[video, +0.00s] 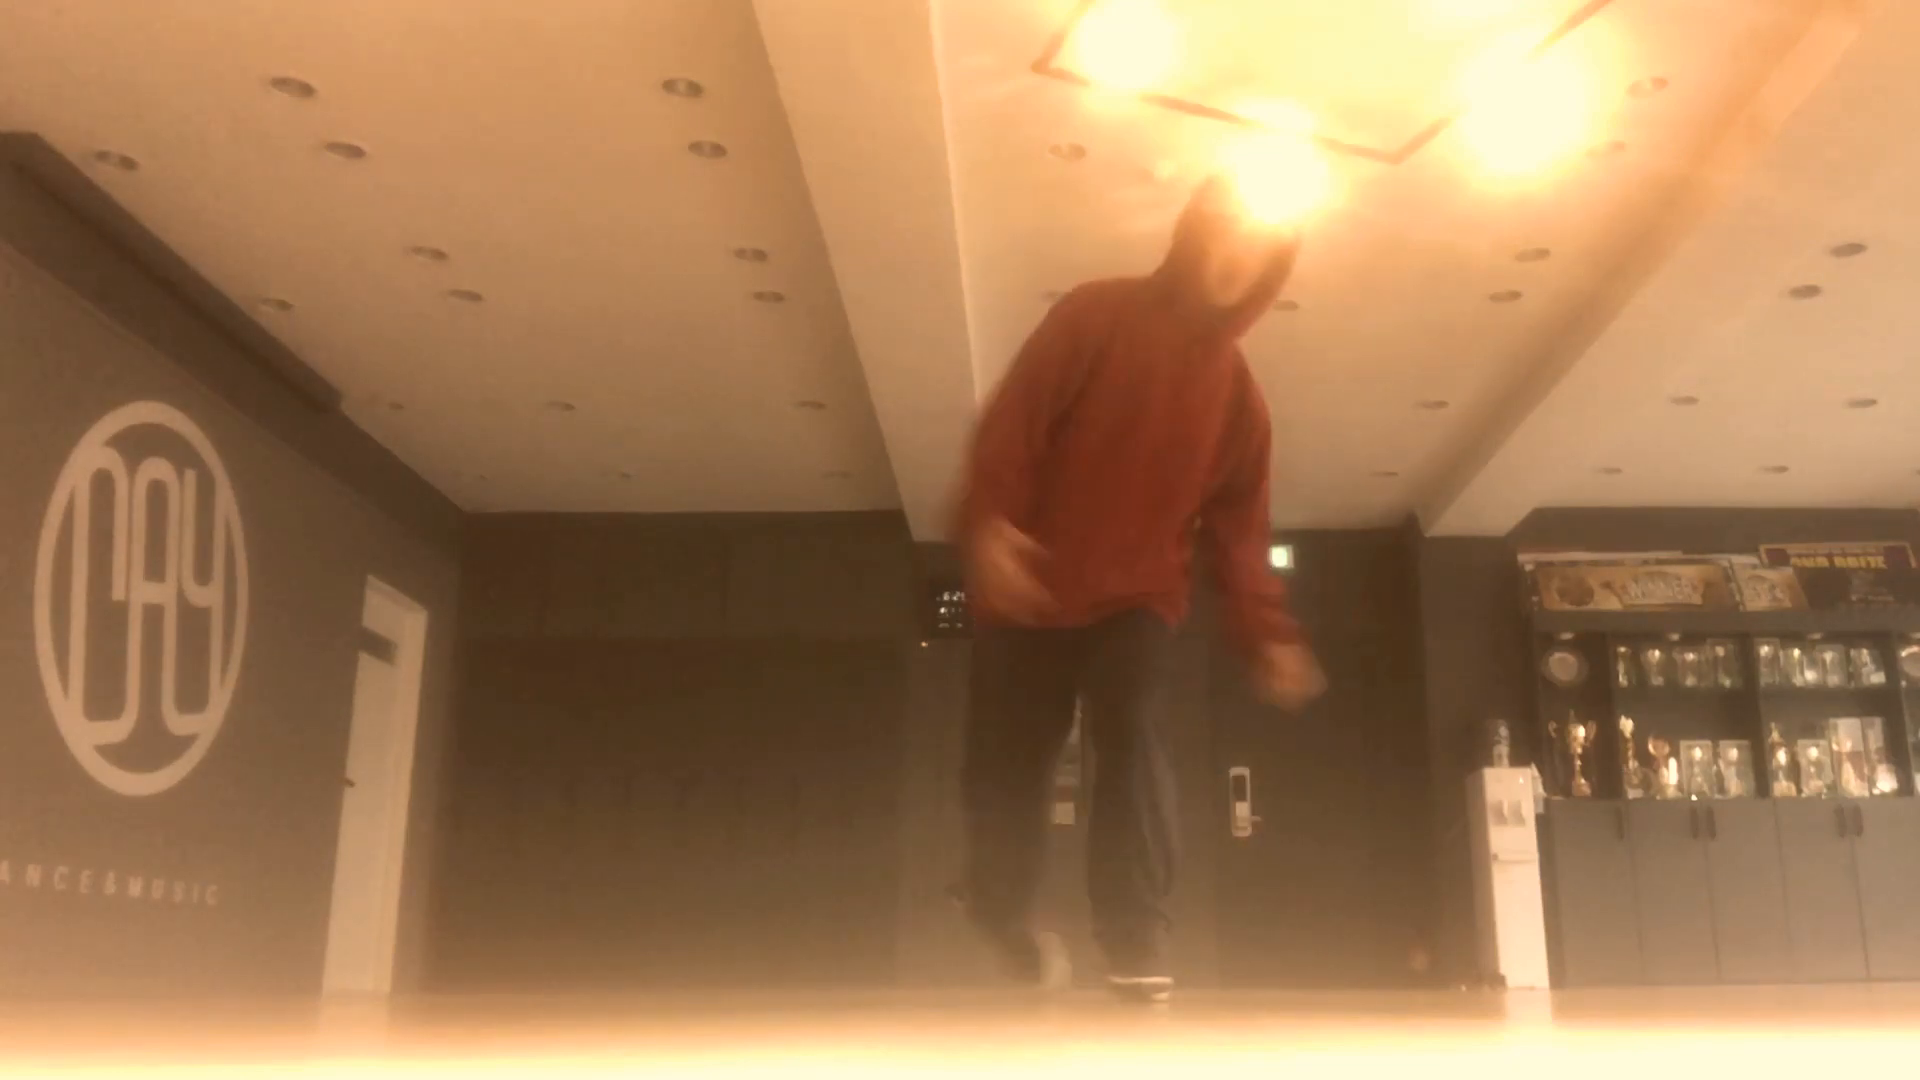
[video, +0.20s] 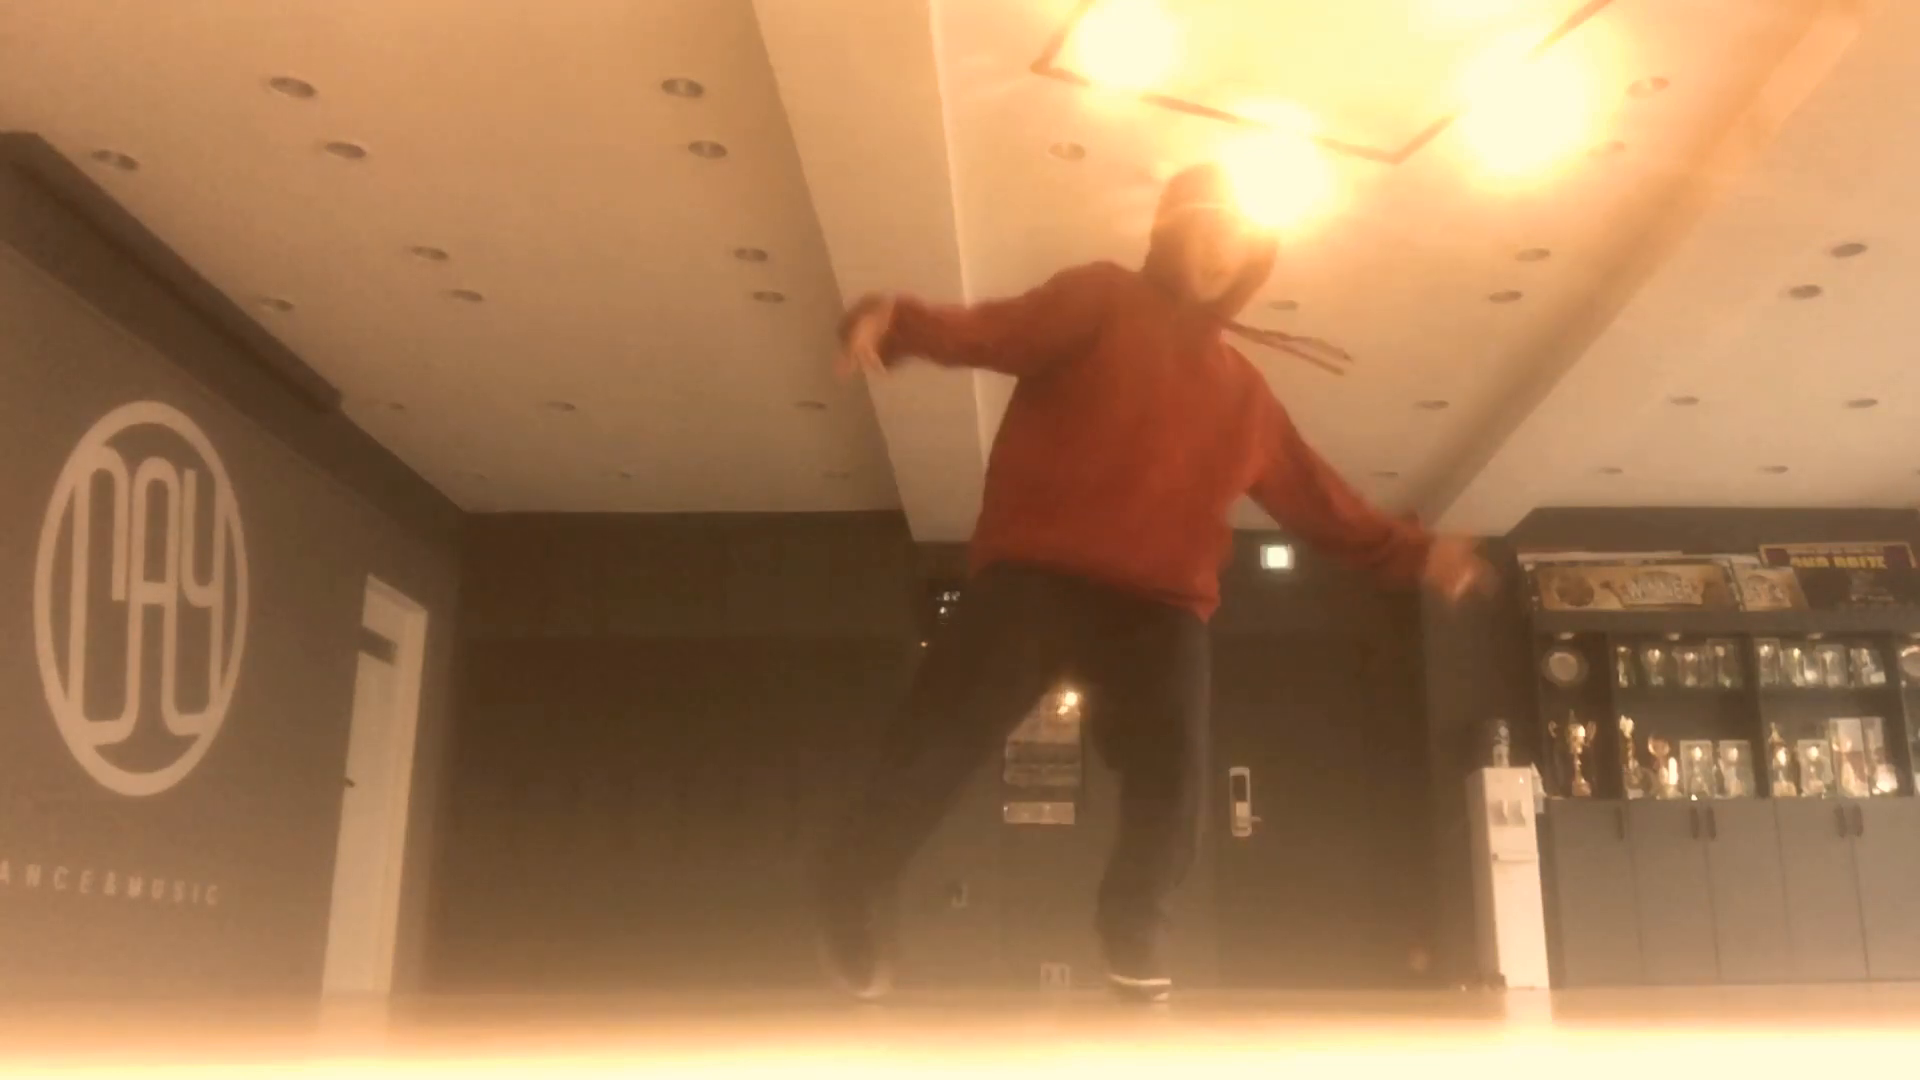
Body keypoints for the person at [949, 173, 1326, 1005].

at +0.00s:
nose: (1236, 269)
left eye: (1257, 257)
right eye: (1228, 243)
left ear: (1269, 278)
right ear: (1191, 238)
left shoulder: (1235, 392)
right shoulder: (1095, 315)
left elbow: (1239, 530)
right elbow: (1017, 414)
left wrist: (1270, 632)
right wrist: (989, 519)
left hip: (1139, 589)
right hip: (1034, 574)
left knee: (1134, 745)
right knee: (1013, 753)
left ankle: (1135, 939)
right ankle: (1003, 917)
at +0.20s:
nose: (1216, 243)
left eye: (1235, 230)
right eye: (1202, 221)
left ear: (1251, 261)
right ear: (1163, 230)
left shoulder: (1239, 386)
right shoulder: (1102, 296)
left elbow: (1318, 498)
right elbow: (997, 329)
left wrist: (1418, 551)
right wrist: (900, 320)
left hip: (1159, 600)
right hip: (1037, 568)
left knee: (1170, 768)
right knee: (942, 741)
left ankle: (1135, 940)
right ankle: (852, 906)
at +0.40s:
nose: (1206, 236)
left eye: (1225, 224)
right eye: (1193, 215)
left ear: (1240, 254)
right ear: (1152, 225)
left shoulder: (1234, 380)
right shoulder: (1097, 294)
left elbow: (1318, 487)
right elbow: (995, 319)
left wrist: (1420, 533)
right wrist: (913, 309)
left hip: (1175, 591)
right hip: (1057, 557)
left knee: (1177, 763)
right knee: (988, 729)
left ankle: (1126, 927)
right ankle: (847, 883)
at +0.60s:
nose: (1189, 234)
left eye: (1206, 216)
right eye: (1169, 214)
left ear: (1224, 234)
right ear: (1132, 223)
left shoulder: (1232, 359)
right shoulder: (1078, 320)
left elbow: (1265, 490)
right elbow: (1020, 444)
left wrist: (1283, 603)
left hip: (1186, 598)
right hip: (1089, 573)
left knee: (1156, 774)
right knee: (1116, 686)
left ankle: (1112, 945)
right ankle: (975, 871)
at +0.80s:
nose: (1119, 186)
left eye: (1135, 164)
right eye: (1095, 170)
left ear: (1164, 176)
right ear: (1065, 190)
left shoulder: (1225, 291)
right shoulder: (1042, 309)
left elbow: (1274, 405)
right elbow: (986, 437)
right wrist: (1001, 556)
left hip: (1217, 545)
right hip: (1102, 532)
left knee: (1198, 751)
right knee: (1162, 675)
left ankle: (1118, 930)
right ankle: (1161, 935)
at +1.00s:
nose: (1070, 193)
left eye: (1087, 169)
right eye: (1049, 179)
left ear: (1125, 172)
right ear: (1030, 201)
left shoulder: (1199, 257)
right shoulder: (1045, 323)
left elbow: (1241, 228)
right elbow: (1015, 458)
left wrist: (1184, 156)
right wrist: (1008, 574)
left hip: (1269, 511)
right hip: (1147, 519)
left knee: (1245, 734)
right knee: (1213, 713)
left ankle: (1141, 904)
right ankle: (1287, 930)